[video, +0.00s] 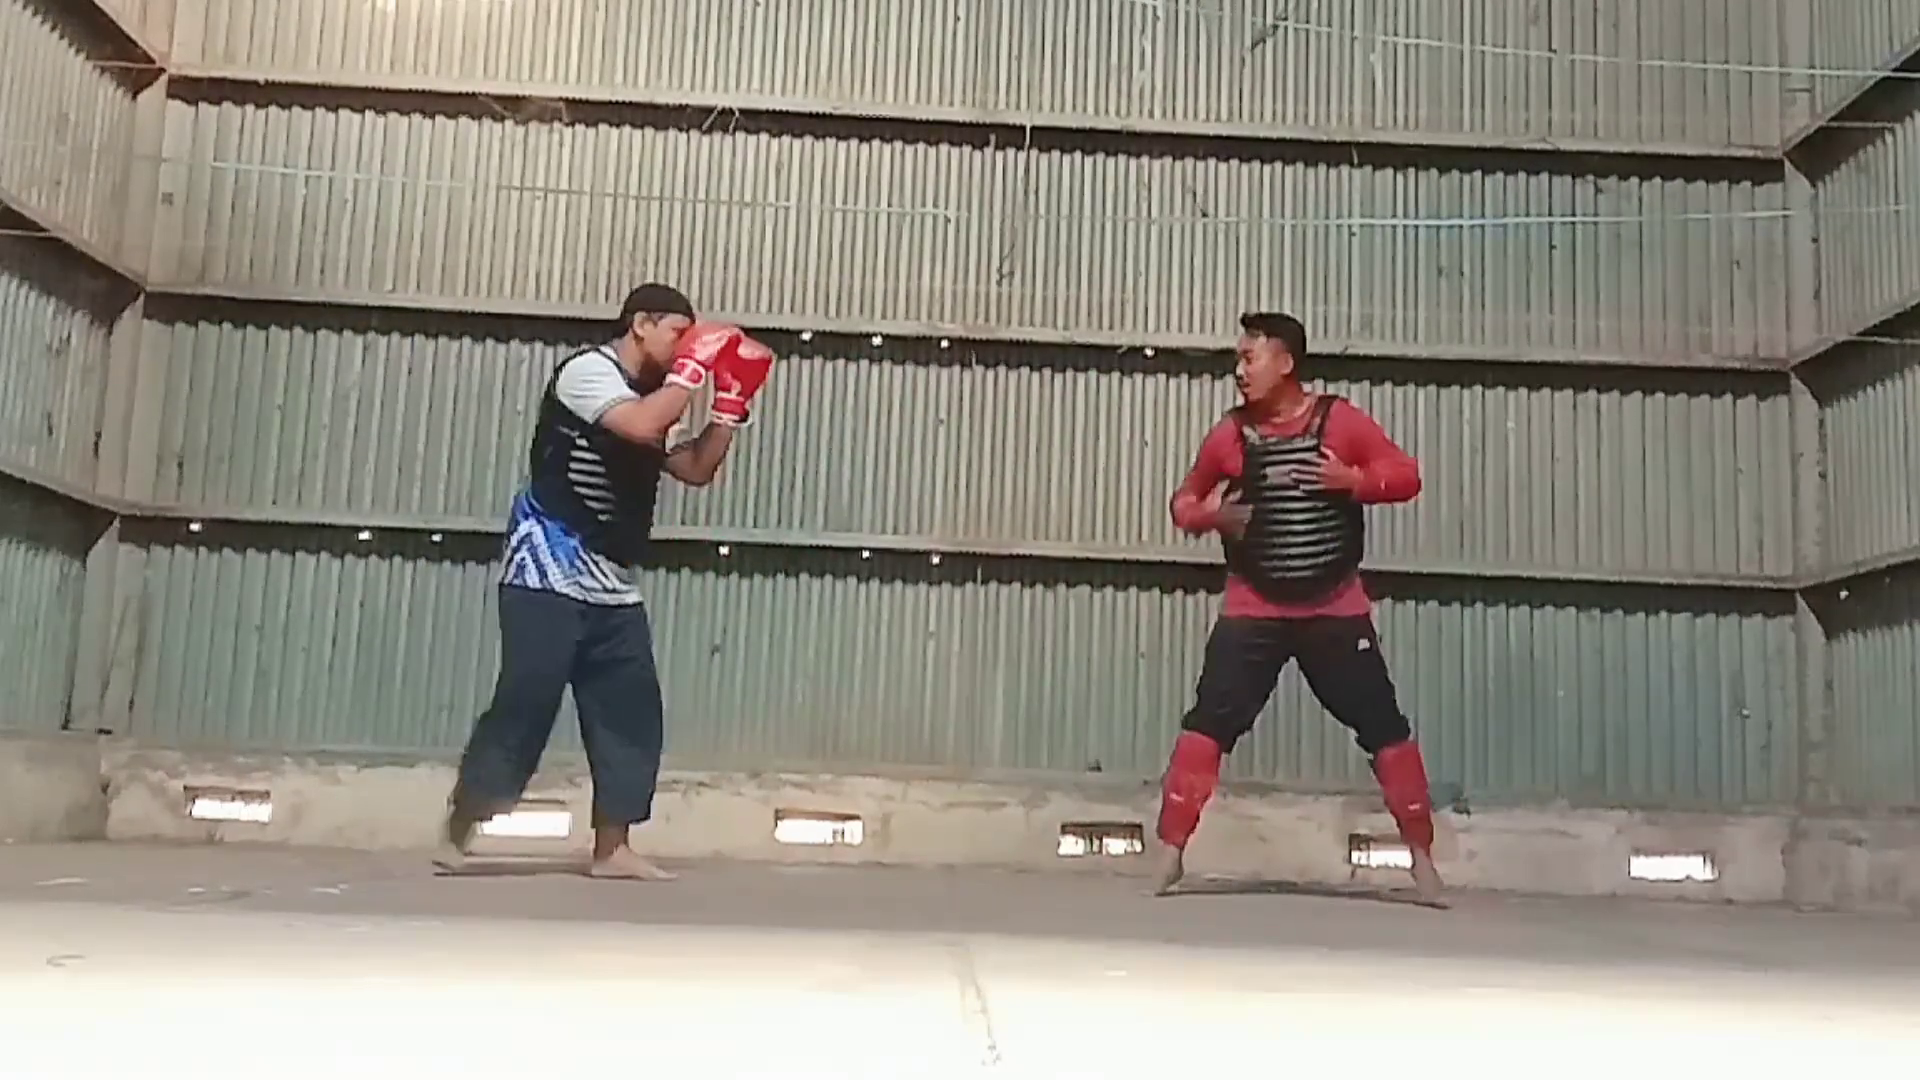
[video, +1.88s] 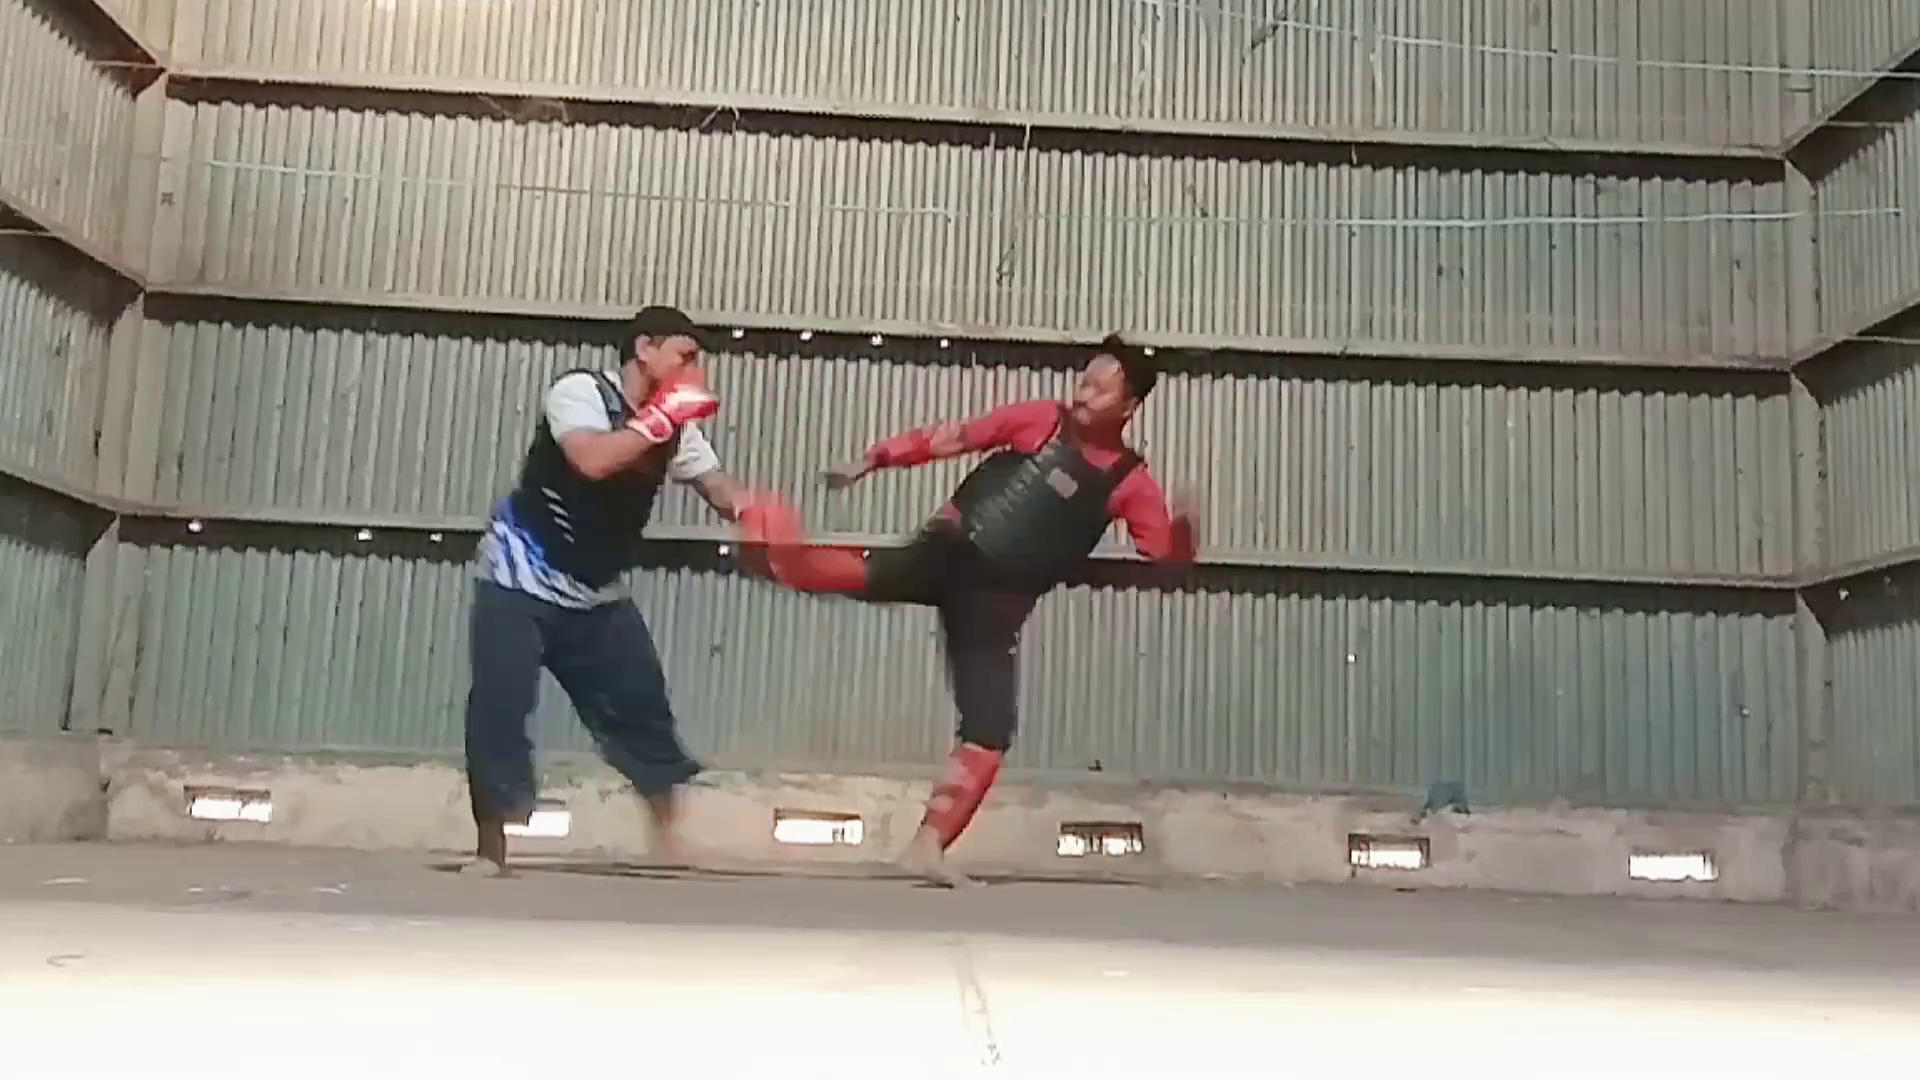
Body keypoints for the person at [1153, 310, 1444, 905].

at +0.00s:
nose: (1239, 368)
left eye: (1250, 357)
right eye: (1238, 358)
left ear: (1288, 362)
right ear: (1245, 365)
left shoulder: (1341, 422)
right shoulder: (1227, 437)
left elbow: (1407, 478)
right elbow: (1183, 507)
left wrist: (1356, 481)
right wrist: (1211, 516)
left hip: (1334, 611)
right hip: (1251, 613)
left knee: (1383, 727)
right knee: (1209, 721)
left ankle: (1422, 861)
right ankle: (1167, 851)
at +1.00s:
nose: (1205, 374)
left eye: (1216, 362)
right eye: (1204, 363)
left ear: (1253, 365)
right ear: (1218, 369)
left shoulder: (1304, 427)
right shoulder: (1195, 441)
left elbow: (1341, 504)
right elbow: (1176, 526)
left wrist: (1270, 516)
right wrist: (1157, 596)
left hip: (1289, 618)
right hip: (1209, 613)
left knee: (1330, 736)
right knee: (1149, 717)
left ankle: (1359, 863)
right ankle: (1098, 847)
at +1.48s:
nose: (1162, 389)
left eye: (1174, 379)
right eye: (1160, 380)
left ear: (1211, 388)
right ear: (1161, 388)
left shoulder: (1256, 452)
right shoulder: (1148, 464)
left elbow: (1288, 530)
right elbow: (1121, 547)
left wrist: (1214, 536)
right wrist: (1097, 614)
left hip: (1242, 638)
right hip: (1161, 633)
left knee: (1291, 749)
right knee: (1098, 725)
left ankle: (1321, 870)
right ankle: (1056, 853)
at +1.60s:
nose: (1146, 383)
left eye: (1159, 376)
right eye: (1144, 374)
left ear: (1192, 388)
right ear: (1140, 383)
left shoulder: (1218, 457)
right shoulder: (1113, 451)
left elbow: (1237, 532)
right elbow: (1061, 501)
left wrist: (1170, 487)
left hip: (1198, 637)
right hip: (1117, 634)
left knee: (1258, 734)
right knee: (1077, 733)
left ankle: (1315, 855)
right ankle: (1079, 862)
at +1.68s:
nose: (1133, 373)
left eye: (1148, 368)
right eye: (1133, 363)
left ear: (1177, 387)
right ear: (1127, 369)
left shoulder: (1184, 460)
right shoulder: (1085, 410)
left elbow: (1203, 550)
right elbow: (1009, 406)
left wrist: (1169, 564)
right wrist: (966, 406)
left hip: (1131, 613)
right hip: (1058, 604)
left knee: (1200, 719)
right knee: (1057, 726)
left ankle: (1209, 848)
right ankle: (1075, 862)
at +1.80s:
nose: (1118, 370)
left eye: (1135, 366)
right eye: (1120, 357)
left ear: (1164, 385)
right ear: (1115, 355)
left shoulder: (1157, 455)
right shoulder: (1074, 389)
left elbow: (1145, 546)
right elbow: (979, 396)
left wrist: (1111, 563)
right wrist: (903, 416)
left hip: (1060, 573)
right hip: (1000, 548)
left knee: (1093, 698)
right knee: (996, 661)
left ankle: (1029, 798)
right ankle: (972, 777)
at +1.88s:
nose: (1079, 393)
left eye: (1095, 387)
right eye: (1082, 381)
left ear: (1129, 405)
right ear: (1078, 383)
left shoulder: (1132, 483)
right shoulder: (1040, 420)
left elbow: (1168, 563)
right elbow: (953, 437)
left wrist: (1183, 530)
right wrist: (868, 462)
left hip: (994, 606)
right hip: (949, 553)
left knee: (986, 740)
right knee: (877, 574)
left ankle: (925, 850)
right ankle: (785, 561)